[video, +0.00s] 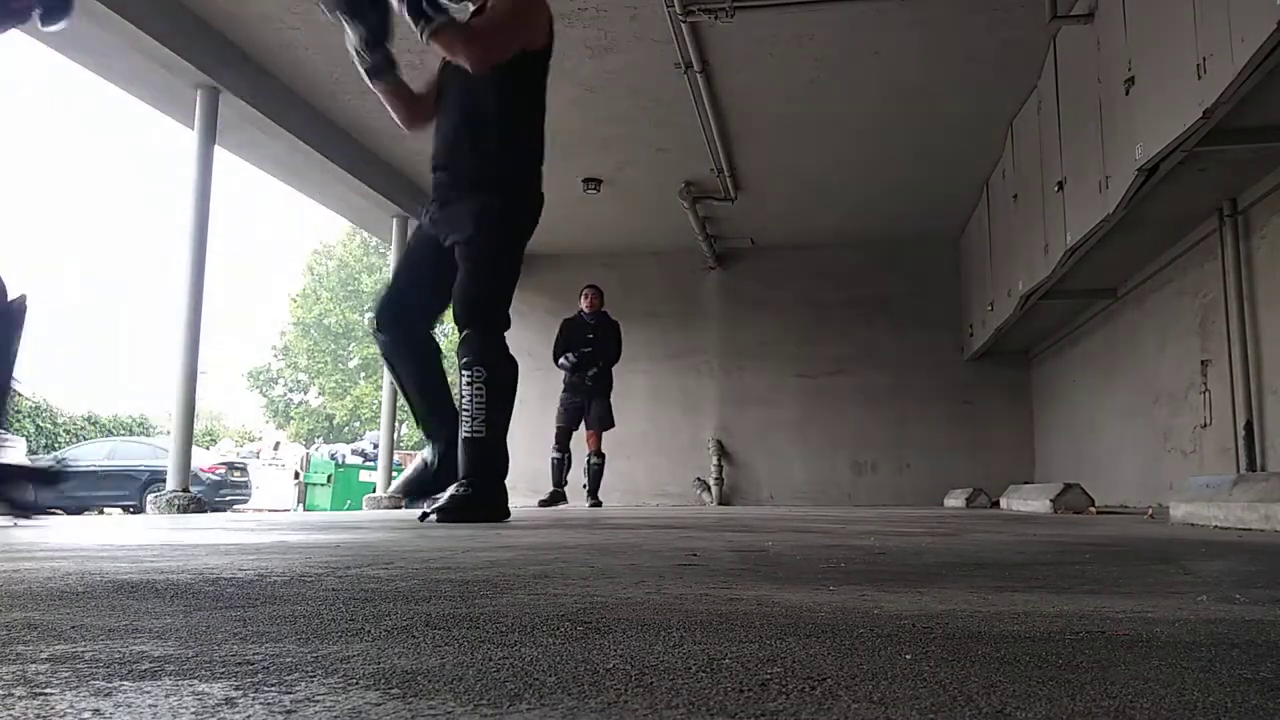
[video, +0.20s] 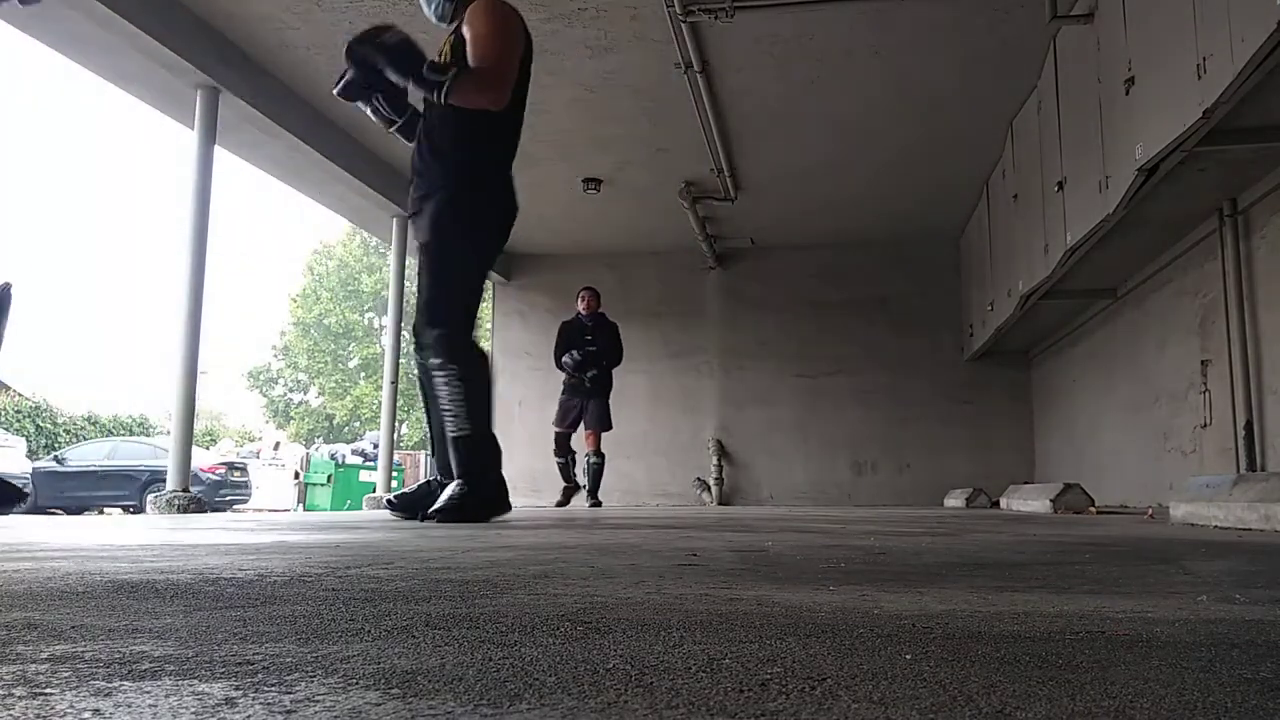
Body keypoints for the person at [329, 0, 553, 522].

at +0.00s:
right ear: (474, 4)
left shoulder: (526, 8)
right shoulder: (464, 41)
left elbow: (474, 52)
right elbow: (413, 113)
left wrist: (417, 10)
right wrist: (372, 53)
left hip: (500, 199)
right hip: (448, 206)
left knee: (478, 323)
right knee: (397, 319)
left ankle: (485, 488)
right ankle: (448, 448)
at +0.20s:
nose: (429, 3)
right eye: (427, 2)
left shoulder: (490, 13)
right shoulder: (461, 42)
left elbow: (491, 91)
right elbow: (443, 143)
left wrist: (408, 66)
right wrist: (384, 101)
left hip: (467, 204)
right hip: (445, 208)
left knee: (443, 336)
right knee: (431, 338)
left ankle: (479, 481)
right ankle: (448, 475)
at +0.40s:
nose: (419, 10)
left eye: (422, 5)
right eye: (419, 9)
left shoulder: (479, 20)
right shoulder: (450, 47)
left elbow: (452, 75)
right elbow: (423, 145)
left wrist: (394, 31)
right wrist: (383, 87)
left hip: (457, 197)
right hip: (461, 206)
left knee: (359, 274)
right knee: (446, 347)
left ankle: (421, 421)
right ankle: (456, 483)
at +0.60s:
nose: (423, 12)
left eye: (426, 5)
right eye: (422, 9)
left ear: (446, 2)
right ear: (442, 13)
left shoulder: (475, 26)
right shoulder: (447, 52)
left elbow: (432, 75)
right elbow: (408, 135)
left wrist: (387, 27)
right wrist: (381, 74)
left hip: (434, 202)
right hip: (457, 213)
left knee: (333, 273)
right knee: (437, 345)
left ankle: (356, 425)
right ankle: (455, 483)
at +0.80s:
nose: (414, 11)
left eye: (421, 2)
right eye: (412, 6)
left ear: (449, 1)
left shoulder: (471, 35)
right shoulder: (441, 61)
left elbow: (427, 81)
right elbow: (401, 152)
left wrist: (371, 32)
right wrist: (373, 85)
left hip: (416, 209)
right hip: (442, 221)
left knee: (340, 310)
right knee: (422, 349)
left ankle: (346, 462)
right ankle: (454, 482)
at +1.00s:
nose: (395, 13)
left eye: (397, 6)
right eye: (396, 10)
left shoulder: (451, 24)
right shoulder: (418, 49)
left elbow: (417, 75)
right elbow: (377, 123)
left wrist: (372, 31)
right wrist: (357, 61)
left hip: (410, 199)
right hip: (435, 211)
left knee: (304, 275)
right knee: (428, 348)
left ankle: (316, 428)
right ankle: (455, 483)